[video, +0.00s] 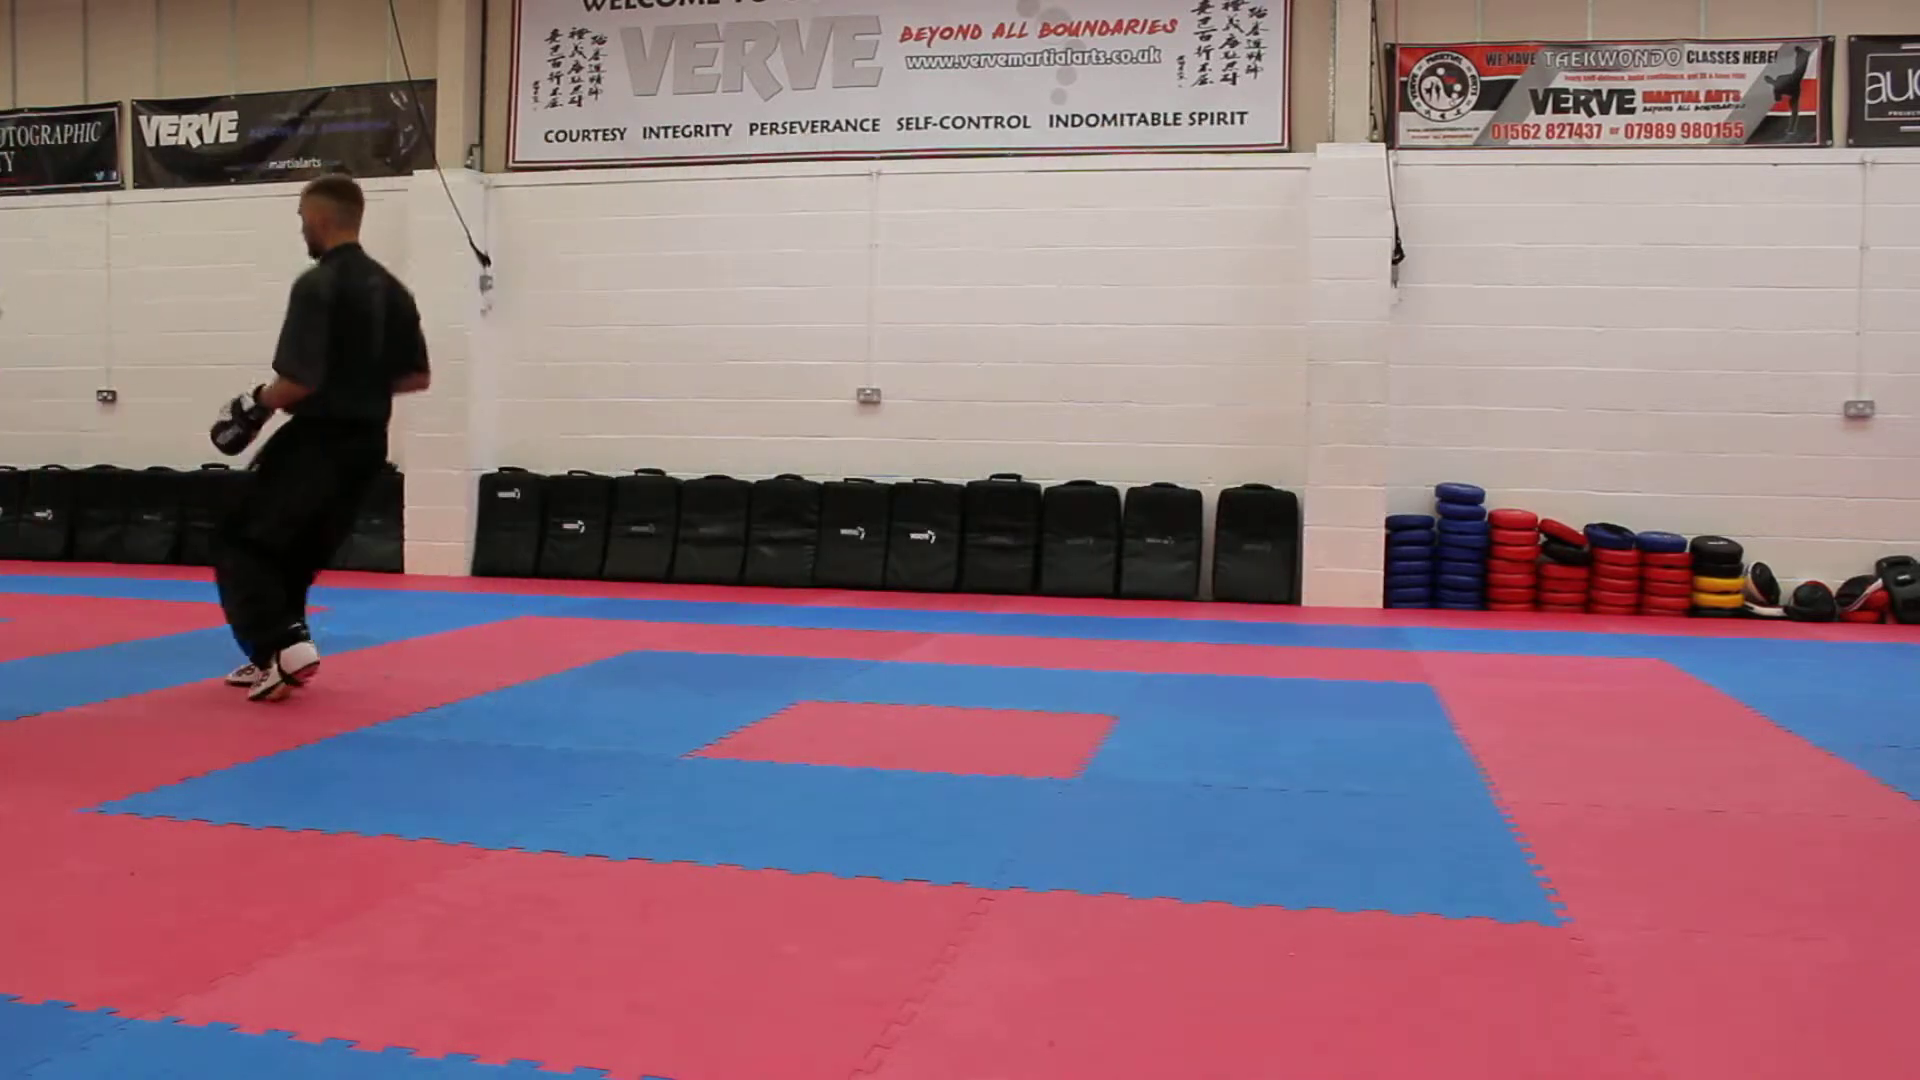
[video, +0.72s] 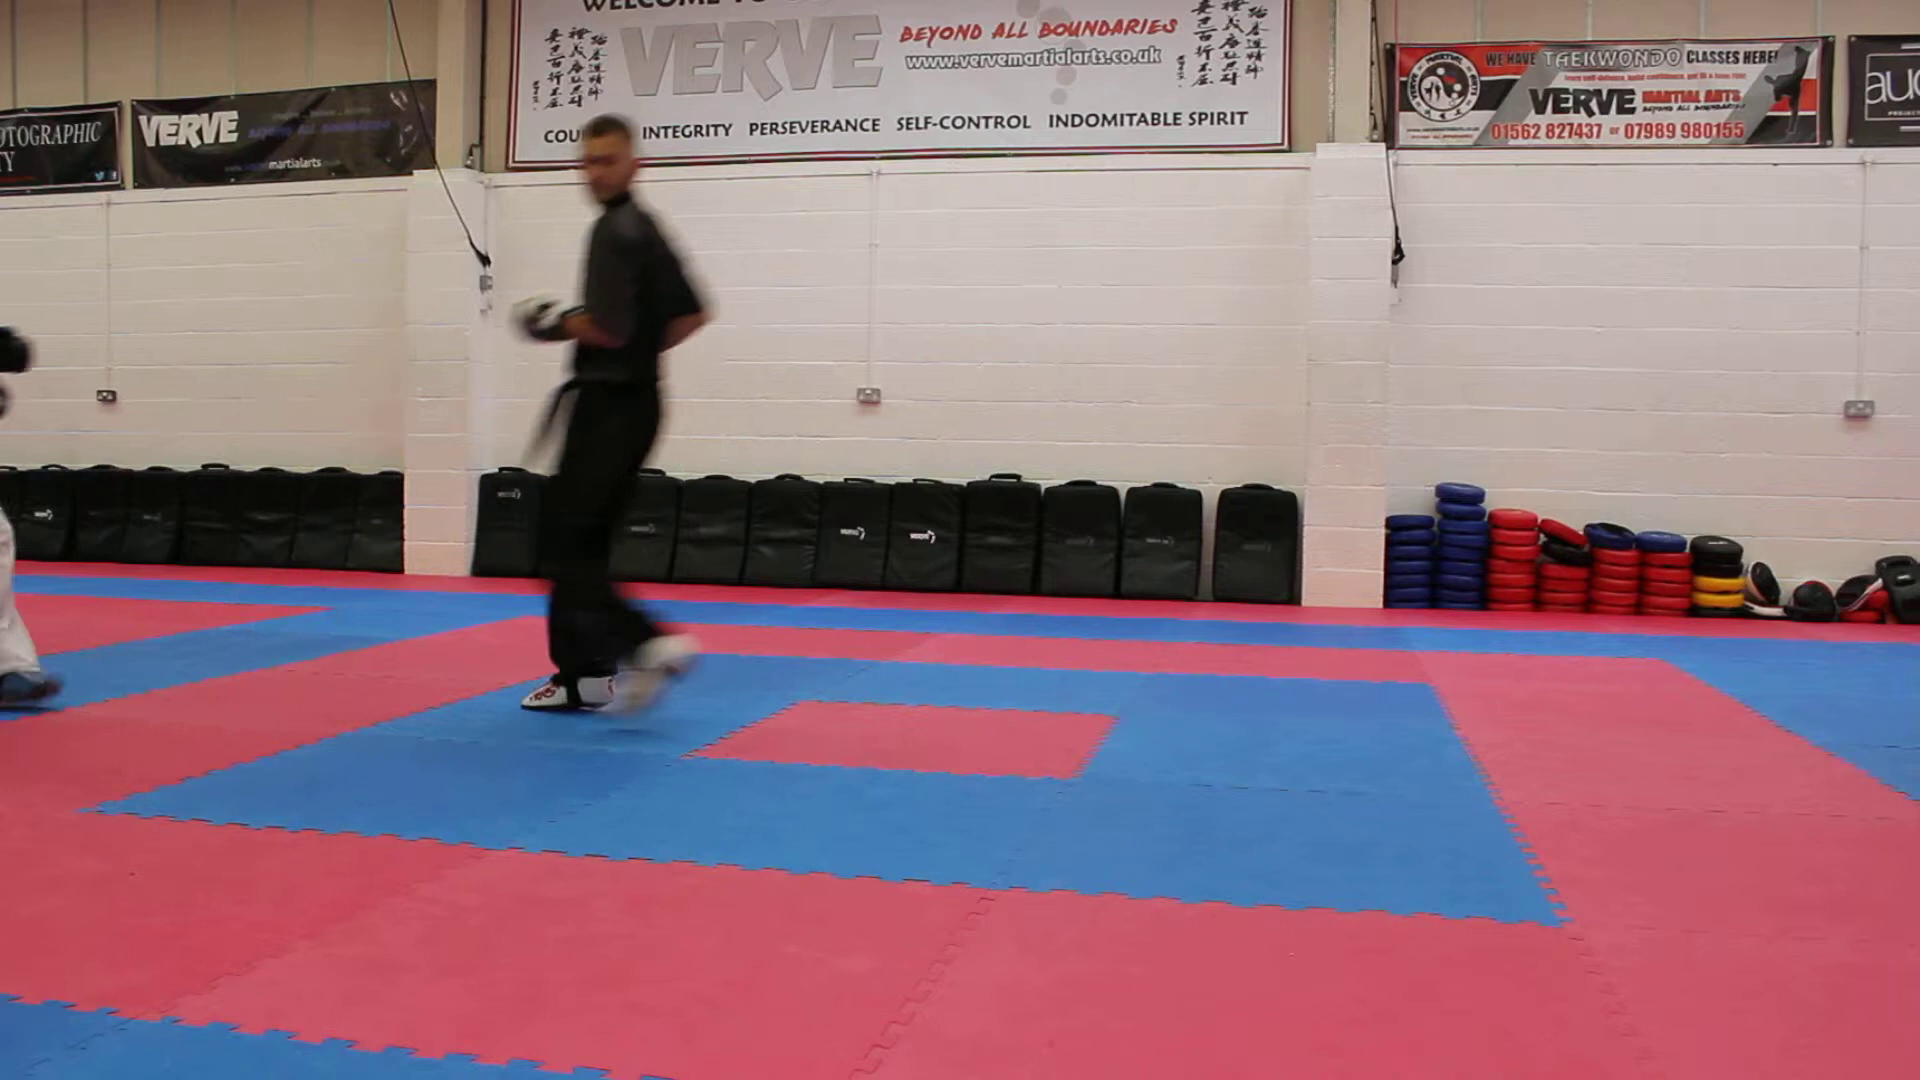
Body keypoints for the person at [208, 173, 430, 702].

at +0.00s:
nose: (302, 228)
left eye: (305, 219)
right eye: (303, 219)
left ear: (320, 220)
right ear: (353, 221)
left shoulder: (317, 285)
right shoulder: (391, 288)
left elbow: (297, 384)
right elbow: (416, 376)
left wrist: (261, 400)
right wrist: (352, 382)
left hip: (311, 444)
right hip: (364, 449)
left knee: (240, 540)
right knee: (296, 550)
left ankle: (286, 641)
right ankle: (271, 657)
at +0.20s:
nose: (328, 200)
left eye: (333, 191)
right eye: (329, 191)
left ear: (356, 191)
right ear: (380, 192)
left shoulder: (348, 256)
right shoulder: (424, 258)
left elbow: (341, 352)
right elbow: (460, 339)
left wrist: (299, 366)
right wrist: (395, 347)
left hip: (349, 419)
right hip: (400, 422)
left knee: (290, 522)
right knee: (347, 531)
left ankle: (333, 639)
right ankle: (291, 646)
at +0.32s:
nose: (360, 200)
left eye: (367, 189)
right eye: (361, 189)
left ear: (395, 193)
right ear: (413, 196)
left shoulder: (380, 265)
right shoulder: (457, 265)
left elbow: (375, 364)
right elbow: (480, 354)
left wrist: (334, 386)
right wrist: (418, 368)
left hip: (387, 424)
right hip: (437, 427)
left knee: (331, 530)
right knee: (376, 532)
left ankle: (348, 669)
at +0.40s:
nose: (396, 197)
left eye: (405, 187)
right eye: (397, 186)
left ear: (435, 189)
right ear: (440, 193)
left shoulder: (419, 256)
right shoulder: (480, 260)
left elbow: (427, 345)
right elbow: (506, 346)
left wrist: (377, 367)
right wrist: (438, 356)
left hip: (419, 424)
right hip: (466, 427)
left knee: (356, 534)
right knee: (411, 537)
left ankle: (350, 672)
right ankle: (466, 629)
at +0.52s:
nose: (471, 176)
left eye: (482, 166)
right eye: (468, 166)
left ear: (513, 168)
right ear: (477, 169)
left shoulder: (504, 235)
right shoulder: (523, 232)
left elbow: (523, 326)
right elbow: (554, 326)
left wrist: (455, 348)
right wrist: (470, 338)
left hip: (490, 403)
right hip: (516, 401)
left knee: (428, 522)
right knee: (488, 530)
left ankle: (381, 656)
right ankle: (551, 641)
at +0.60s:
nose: (523, 182)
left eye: (535, 171)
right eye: (518, 171)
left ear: (564, 172)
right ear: (514, 172)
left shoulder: (550, 245)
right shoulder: (569, 240)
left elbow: (549, 344)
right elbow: (594, 335)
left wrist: (483, 357)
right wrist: (507, 346)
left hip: (527, 411)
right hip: (560, 409)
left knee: (462, 527)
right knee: (527, 533)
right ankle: (578, 662)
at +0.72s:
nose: (597, 170)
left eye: (608, 159)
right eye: (590, 160)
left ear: (631, 161)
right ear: (585, 165)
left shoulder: (616, 230)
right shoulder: (640, 227)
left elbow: (610, 331)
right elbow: (690, 311)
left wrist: (558, 319)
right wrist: (636, 349)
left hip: (609, 404)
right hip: (632, 403)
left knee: (566, 535)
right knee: (579, 536)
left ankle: (646, 646)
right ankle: (583, 675)